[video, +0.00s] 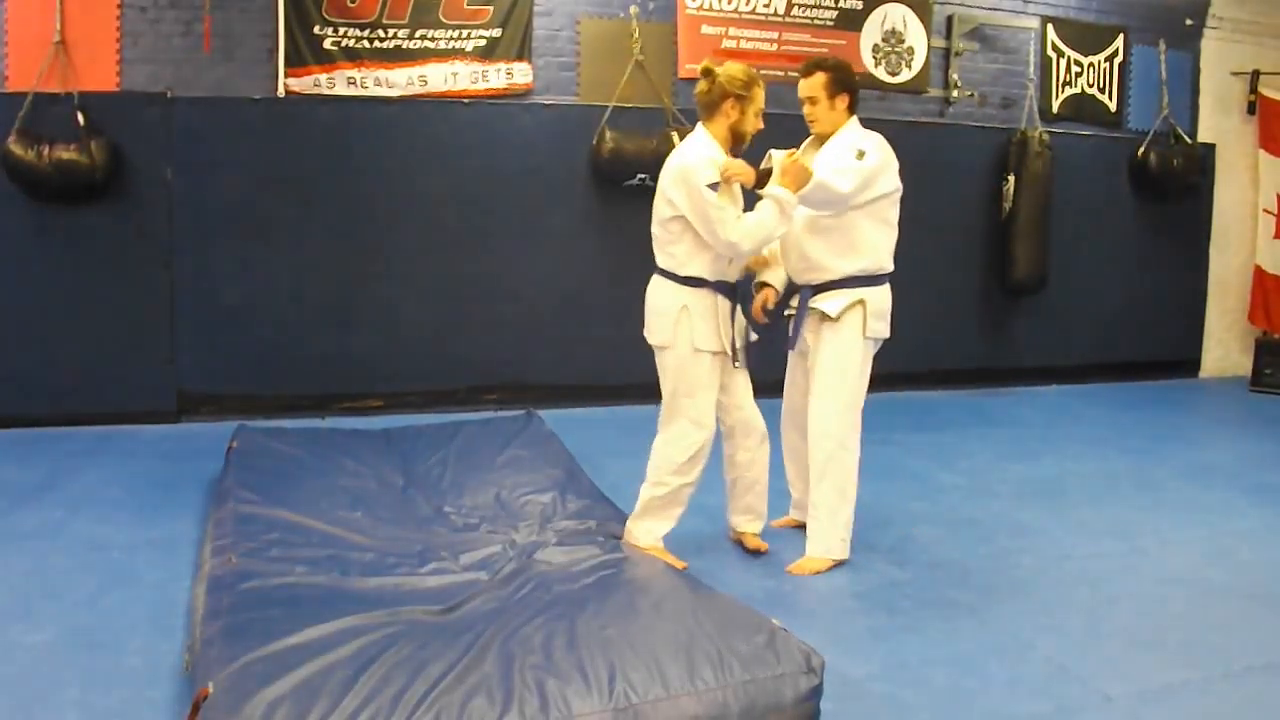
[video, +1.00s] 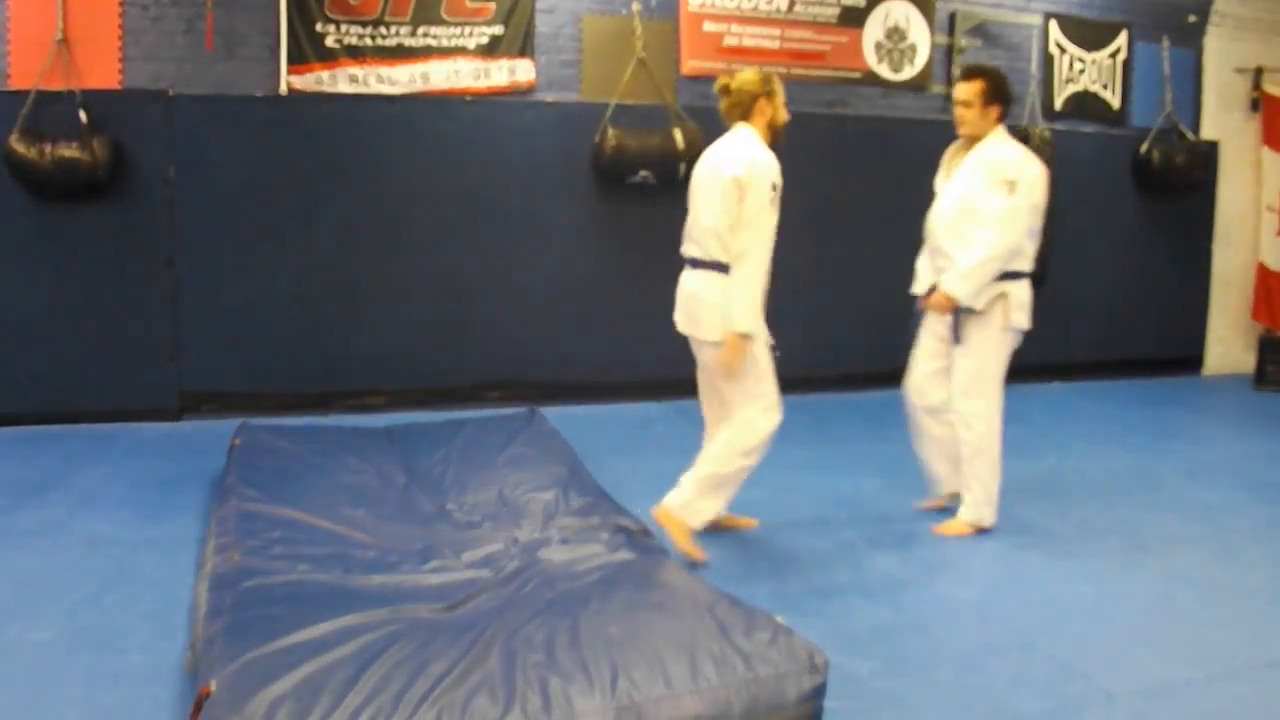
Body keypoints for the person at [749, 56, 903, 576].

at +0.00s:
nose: (805, 112)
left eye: (812, 103)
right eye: (802, 104)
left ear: (843, 101)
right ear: (810, 104)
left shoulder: (871, 149)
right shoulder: (806, 153)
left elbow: (830, 189)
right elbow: (780, 219)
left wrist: (761, 172)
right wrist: (770, 281)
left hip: (853, 303)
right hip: (813, 302)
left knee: (833, 421)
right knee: (798, 411)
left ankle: (832, 545)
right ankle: (806, 509)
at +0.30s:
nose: (806, 115)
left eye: (815, 106)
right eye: (803, 106)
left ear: (845, 104)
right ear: (808, 106)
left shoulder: (882, 159)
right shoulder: (811, 156)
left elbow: (850, 222)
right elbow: (792, 221)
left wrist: (802, 215)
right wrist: (770, 280)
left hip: (858, 304)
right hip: (814, 303)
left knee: (838, 422)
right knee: (801, 411)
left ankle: (832, 545)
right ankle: (807, 507)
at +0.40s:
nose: (817, 114)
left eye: (825, 105)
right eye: (814, 105)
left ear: (855, 103)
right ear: (816, 106)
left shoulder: (895, 158)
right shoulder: (818, 158)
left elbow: (886, 235)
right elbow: (803, 225)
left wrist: (831, 279)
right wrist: (789, 281)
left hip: (869, 304)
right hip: (822, 301)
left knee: (847, 417)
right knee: (809, 407)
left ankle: (832, 540)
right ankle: (810, 505)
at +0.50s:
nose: (835, 114)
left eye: (844, 105)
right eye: (832, 106)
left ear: (873, 103)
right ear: (834, 107)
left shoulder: (912, 158)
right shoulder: (835, 157)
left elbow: (911, 236)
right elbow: (822, 222)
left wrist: (867, 290)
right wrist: (805, 282)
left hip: (886, 302)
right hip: (836, 297)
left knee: (866, 415)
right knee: (820, 408)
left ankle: (876, 529)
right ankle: (817, 506)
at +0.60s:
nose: (852, 116)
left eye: (861, 106)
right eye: (849, 107)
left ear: (891, 106)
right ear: (850, 109)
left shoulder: (928, 162)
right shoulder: (852, 159)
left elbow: (920, 238)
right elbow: (837, 226)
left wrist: (875, 289)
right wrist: (815, 281)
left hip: (902, 301)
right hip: (850, 297)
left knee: (877, 409)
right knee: (830, 405)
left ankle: (918, 510)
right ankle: (819, 505)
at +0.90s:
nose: (932, 119)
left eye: (940, 110)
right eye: (930, 110)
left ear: (970, 113)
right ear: (937, 113)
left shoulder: (999, 173)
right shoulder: (935, 162)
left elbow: (971, 248)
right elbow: (913, 237)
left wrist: (915, 298)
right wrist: (891, 291)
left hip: (975, 304)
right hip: (928, 301)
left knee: (959, 405)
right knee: (894, 397)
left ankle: (975, 510)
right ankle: (881, 496)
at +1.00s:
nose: (957, 114)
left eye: (967, 106)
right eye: (955, 105)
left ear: (995, 110)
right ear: (956, 107)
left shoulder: (1023, 168)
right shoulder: (955, 157)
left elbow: (1006, 242)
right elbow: (938, 229)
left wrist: (956, 289)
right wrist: (925, 280)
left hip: (995, 296)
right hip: (948, 294)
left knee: (976, 400)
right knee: (923, 390)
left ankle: (979, 510)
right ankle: (950, 484)